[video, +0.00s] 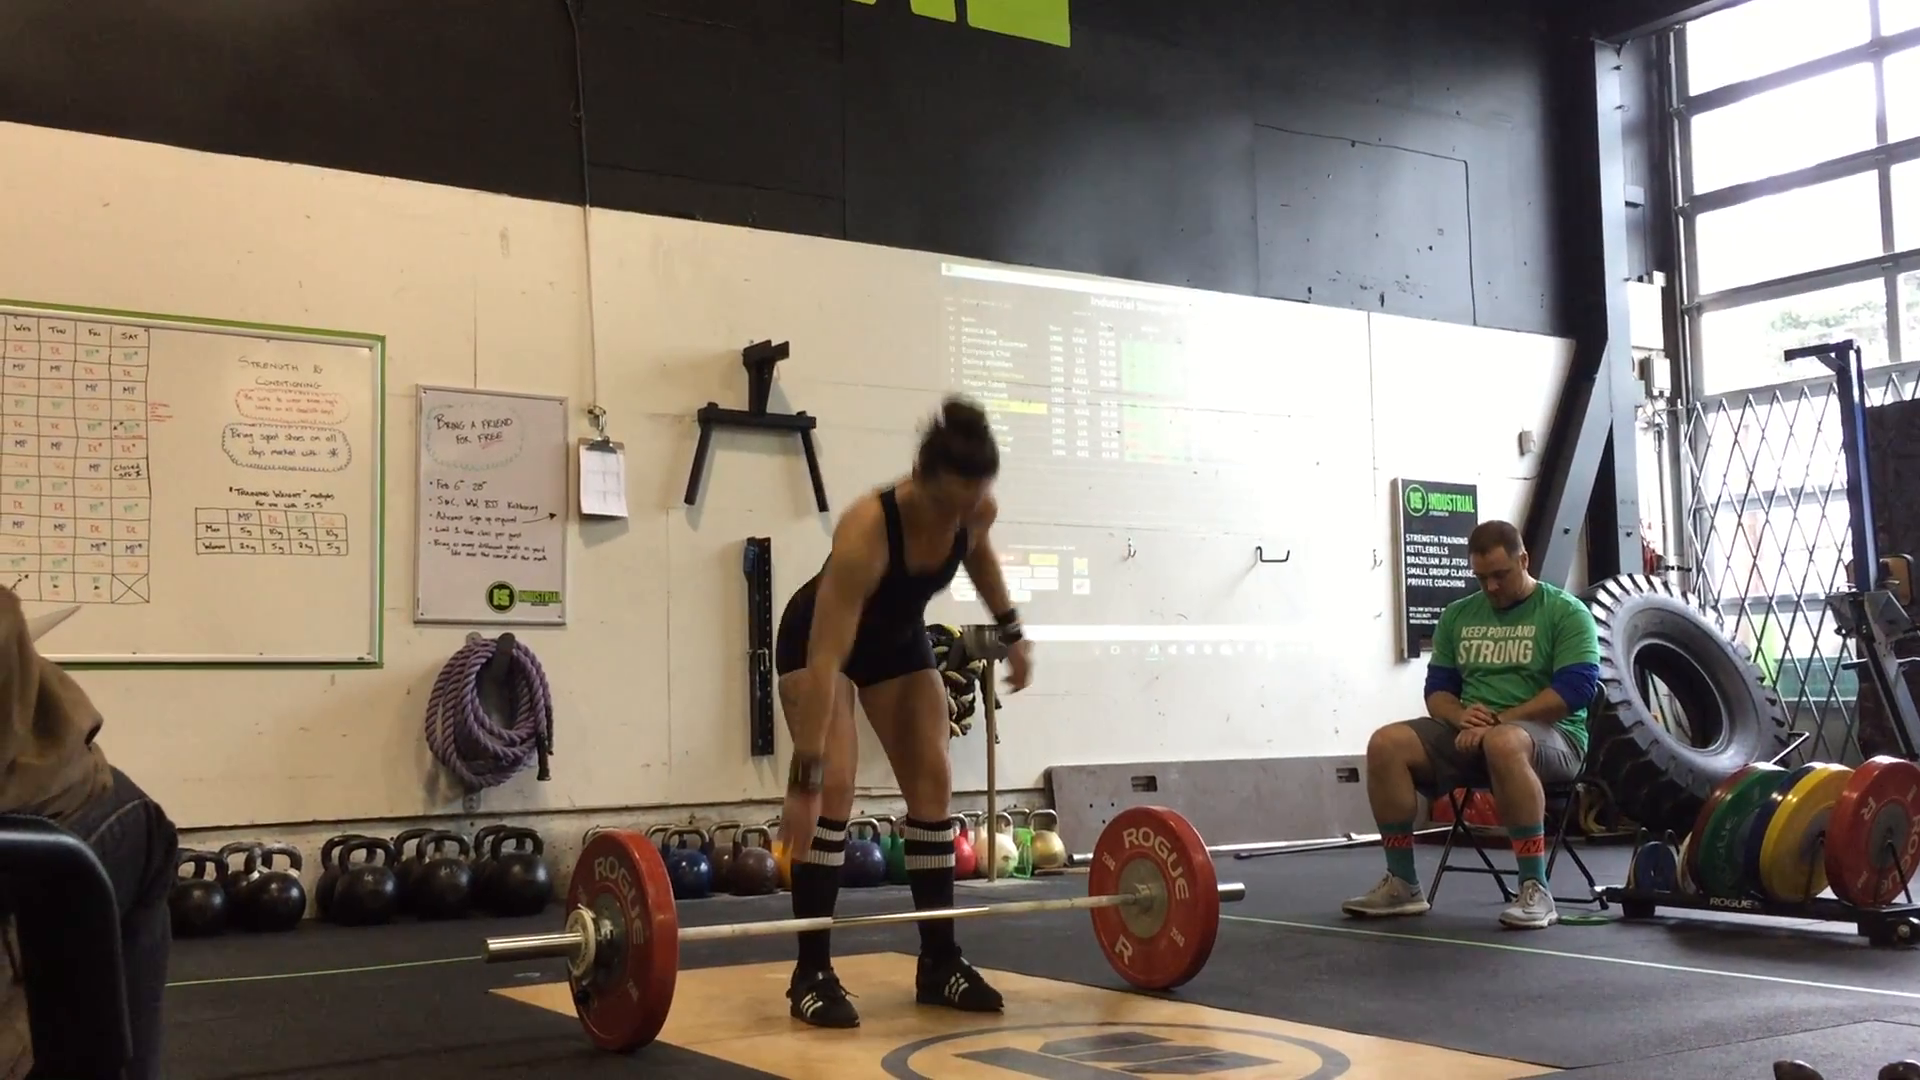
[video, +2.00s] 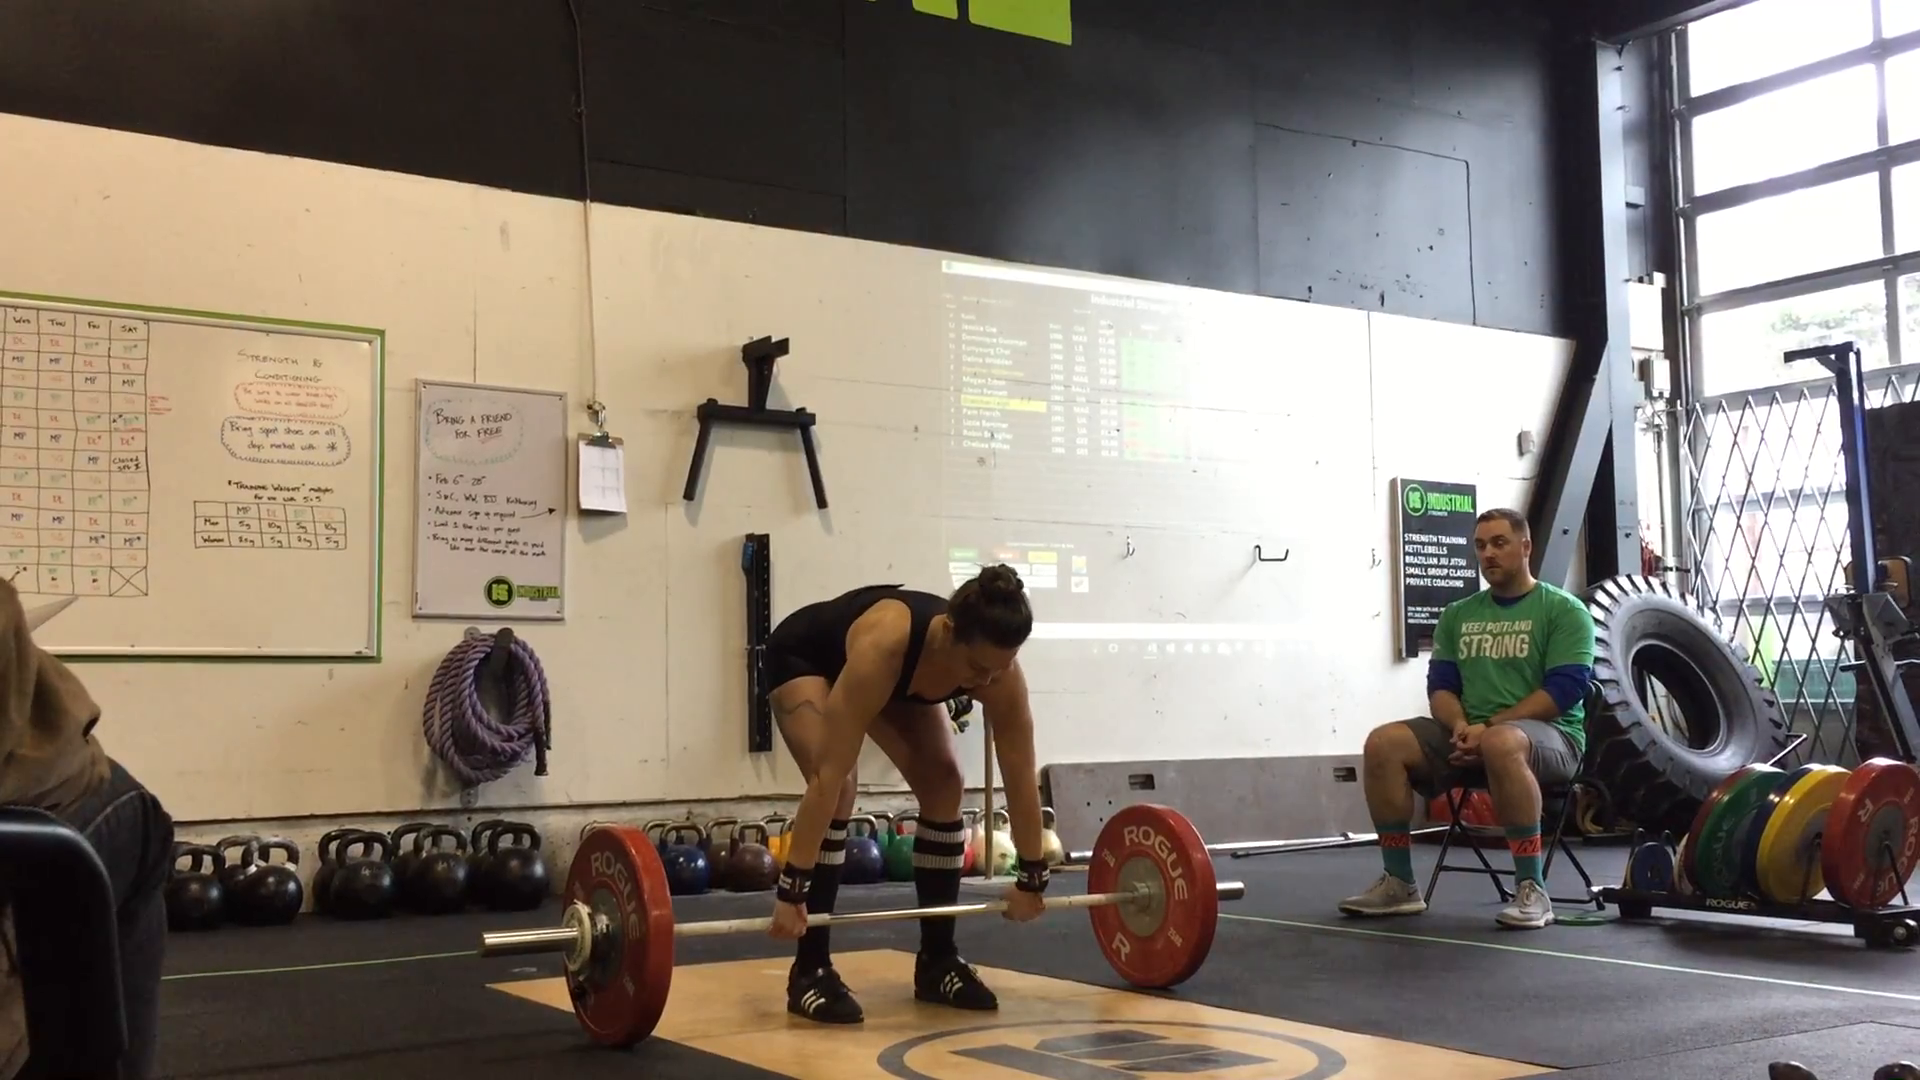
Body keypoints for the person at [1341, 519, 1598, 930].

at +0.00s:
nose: (1491, 587)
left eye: (1500, 575)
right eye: (1482, 577)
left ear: (1525, 560)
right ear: (1472, 569)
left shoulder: (1566, 611)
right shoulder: (1456, 616)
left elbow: (1577, 687)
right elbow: (1438, 692)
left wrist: (1498, 724)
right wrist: (1460, 715)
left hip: (1552, 735)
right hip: (1470, 735)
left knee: (1503, 743)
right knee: (1385, 744)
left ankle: (1534, 891)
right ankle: (1402, 885)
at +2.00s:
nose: (1488, 553)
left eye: (1498, 543)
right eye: (1480, 545)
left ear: (1526, 547)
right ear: (1475, 553)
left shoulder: (1564, 611)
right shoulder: (1456, 616)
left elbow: (1566, 689)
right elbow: (1441, 687)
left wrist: (1492, 728)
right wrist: (1459, 724)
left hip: (1549, 734)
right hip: (1469, 735)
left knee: (1501, 743)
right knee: (1382, 745)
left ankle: (1531, 891)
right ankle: (1399, 884)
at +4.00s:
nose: (1503, 555)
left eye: (1514, 545)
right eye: (1497, 546)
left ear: (1542, 549)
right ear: (1491, 552)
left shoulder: (1577, 612)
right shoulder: (1470, 615)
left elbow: (1577, 693)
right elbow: (1454, 688)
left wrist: (1502, 731)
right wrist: (1469, 724)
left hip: (1561, 736)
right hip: (1482, 736)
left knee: (1516, 742)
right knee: (1394, 744)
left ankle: (1544, 892)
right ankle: (1412, 885)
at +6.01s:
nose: (1499, 560)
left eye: (1510, 551)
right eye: (1492, 553)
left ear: (1538, 557)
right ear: (1487, 560)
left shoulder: (1573, 621)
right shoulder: (1466, 624)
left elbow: (1573, 701)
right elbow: (1449, 697)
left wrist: (1498, 740)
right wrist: (1464, 734)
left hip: (1556, 746)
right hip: (1476, 746)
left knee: (1512, 752)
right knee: (1389, 754)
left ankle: (1539, 901)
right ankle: (1407, 894)